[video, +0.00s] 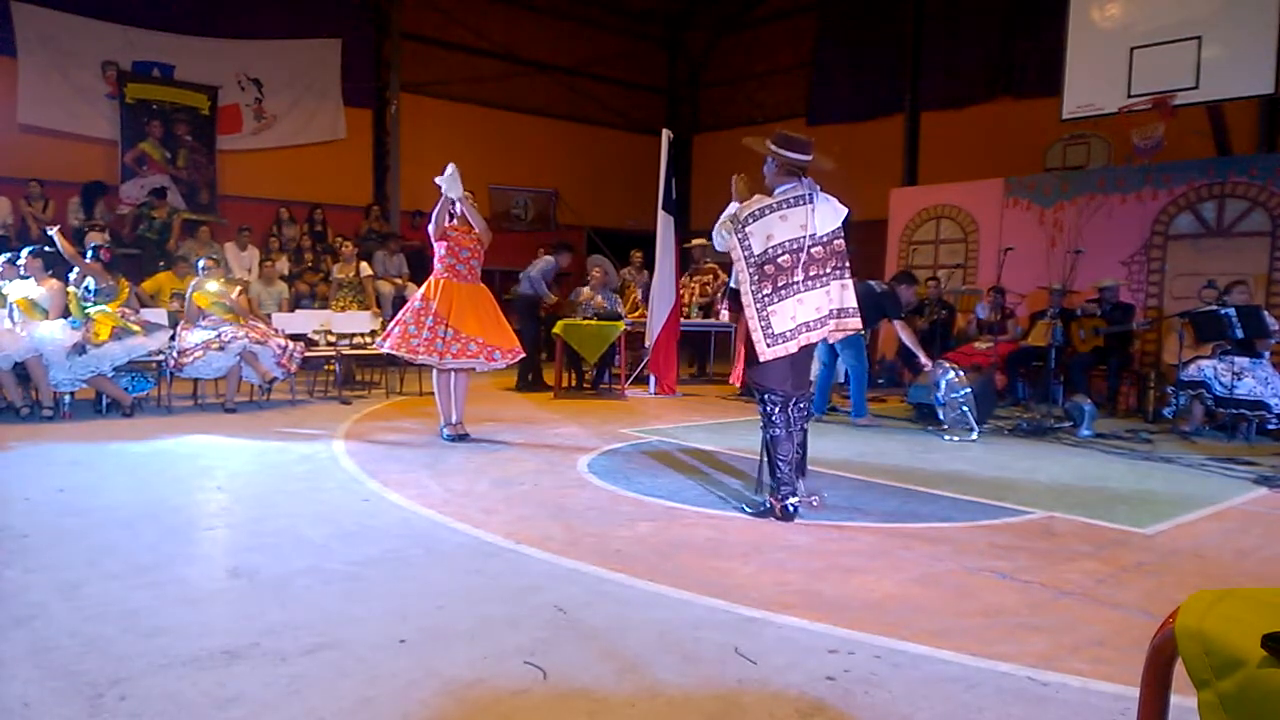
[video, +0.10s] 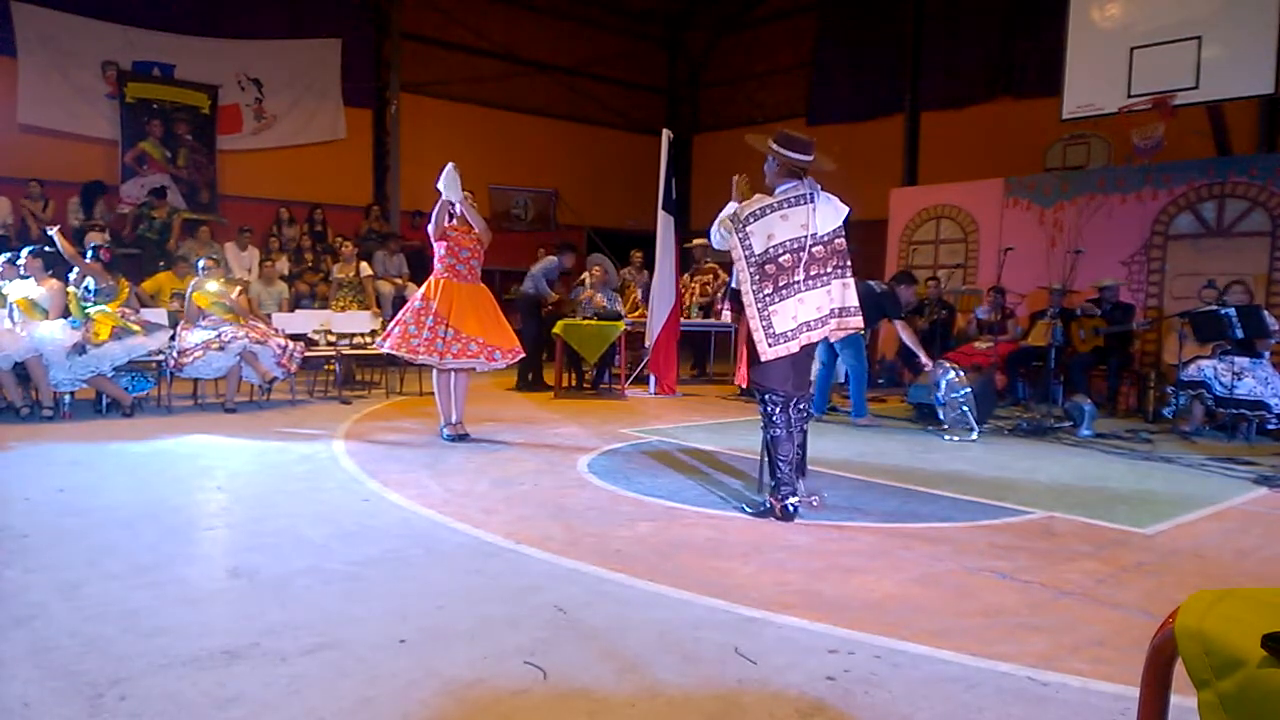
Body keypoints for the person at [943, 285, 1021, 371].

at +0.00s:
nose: (992, 300)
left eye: (996, 297)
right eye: (990, 296)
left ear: (1002, 299)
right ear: (986, 298)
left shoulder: (1008, 314)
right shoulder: (981, 313)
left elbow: (1012, 335)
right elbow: (973, 334)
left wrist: (994, 339)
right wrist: (971, 324)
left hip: (1002, 344)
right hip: (983, 343)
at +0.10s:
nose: (991, 299)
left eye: (995, 297)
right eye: (989, 296)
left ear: (1001, 300)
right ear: (986, 298)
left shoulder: (1008, 313)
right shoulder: (979, 313)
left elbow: (1012, 335)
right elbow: (972, 335)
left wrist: (994, 339)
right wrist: (971, 324)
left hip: (1002, 344)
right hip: (982, 344)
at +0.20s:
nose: (992, 300)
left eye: (996, 297)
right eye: (989, 296)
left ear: (1002, 300)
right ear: (985, 298)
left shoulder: (1008, 314)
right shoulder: (980, 313)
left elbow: (1012, 335)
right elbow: (973, 335)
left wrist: (994, 339)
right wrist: (971, 324)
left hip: (1002, 344)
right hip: (983, 344)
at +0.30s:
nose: (992, 300)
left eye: (995, 297)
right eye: (989, 296)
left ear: (1002, 299)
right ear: (986, 298)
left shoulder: (1008, 313)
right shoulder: (981, 313)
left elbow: (1012, 335)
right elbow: (973, 335)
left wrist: (994, 339)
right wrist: (971, 323)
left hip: (1002, 343)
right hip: (983, 343)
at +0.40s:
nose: (992, 300)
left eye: (995, 297)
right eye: (989, 296)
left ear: (1002, 300)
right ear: (985, 297)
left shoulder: (1008, 314)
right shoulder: (980, 313)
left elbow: (1012, 335)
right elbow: (972, 335)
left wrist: (994, 339)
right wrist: (970, 324)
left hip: (1003, 343)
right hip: (983, 343)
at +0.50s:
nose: (992, 300)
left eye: (996, 297)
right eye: (989, 296)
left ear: (1002, 300)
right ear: (986, 298)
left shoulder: (1008, 313)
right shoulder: (980, 312)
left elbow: (1013, 335)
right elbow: (972, 334)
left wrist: (994, 339)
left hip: (1002, 343)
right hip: (983, 343)